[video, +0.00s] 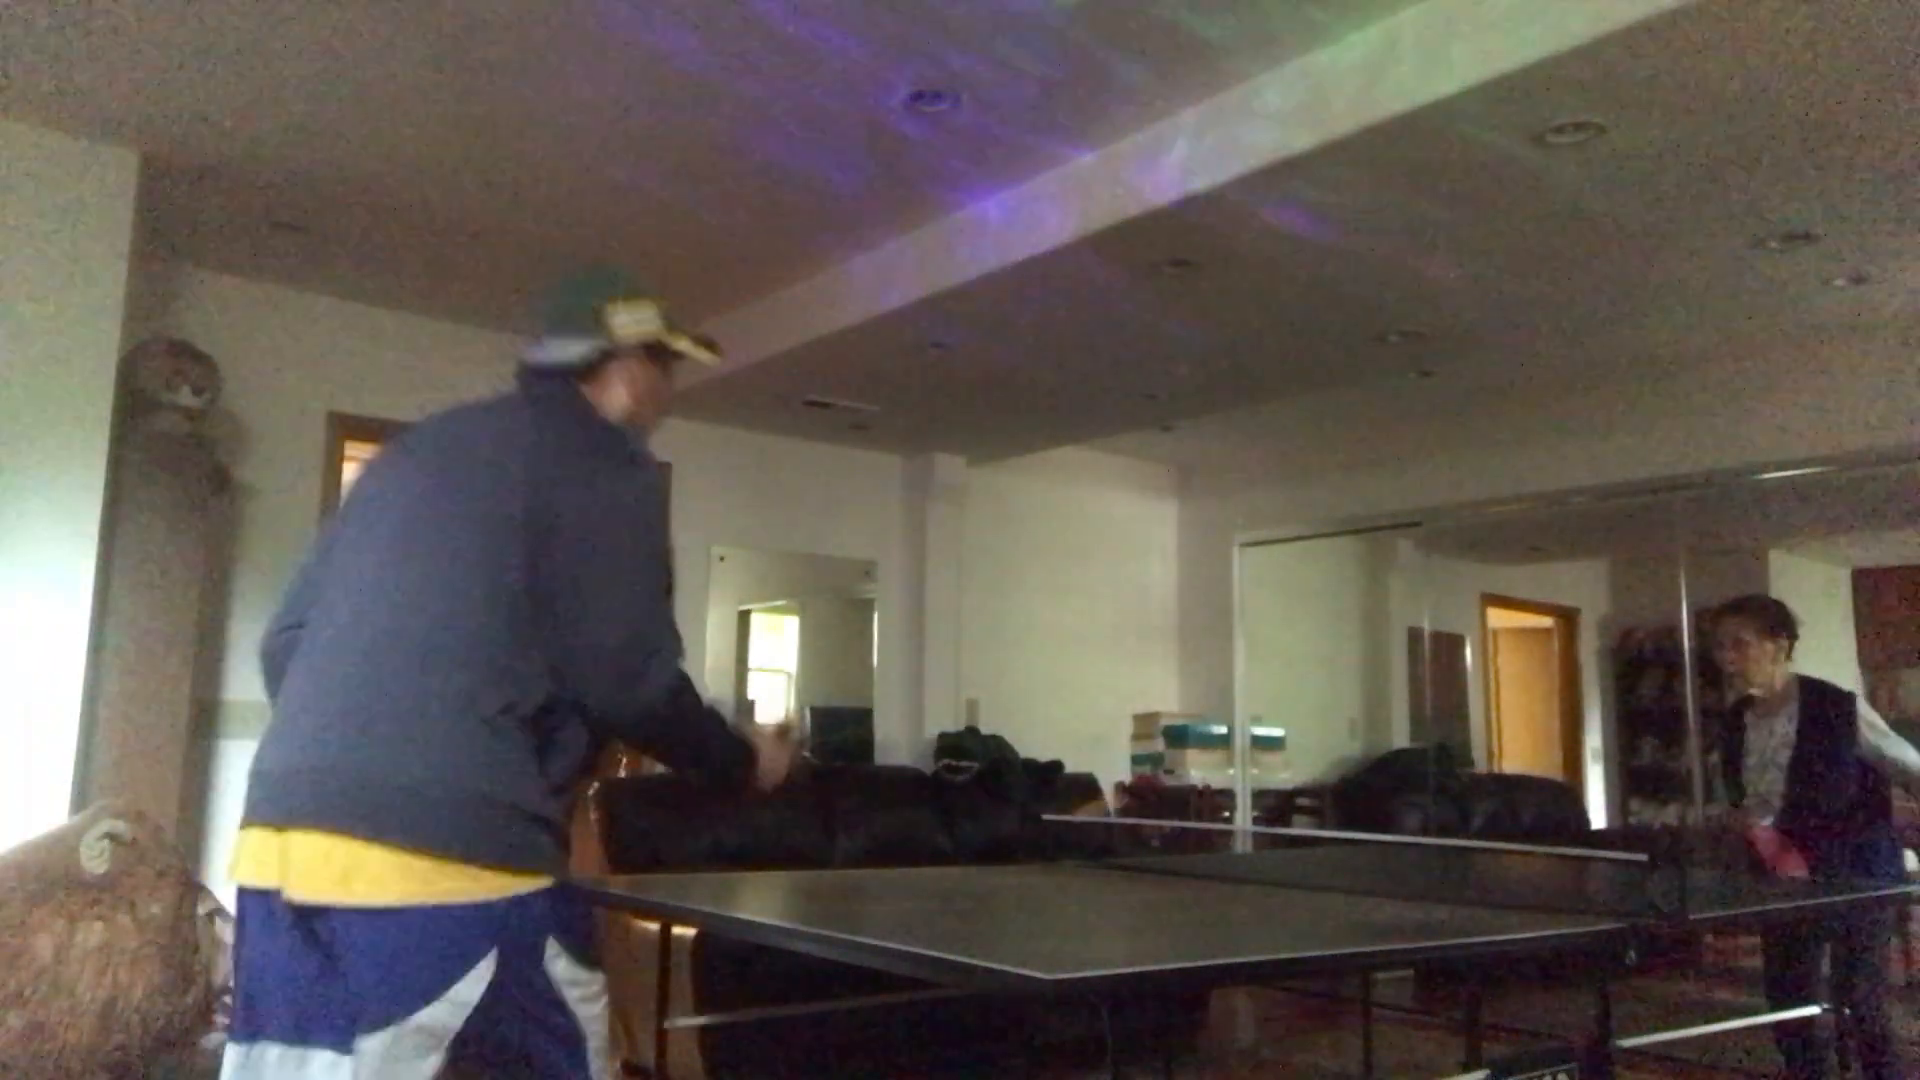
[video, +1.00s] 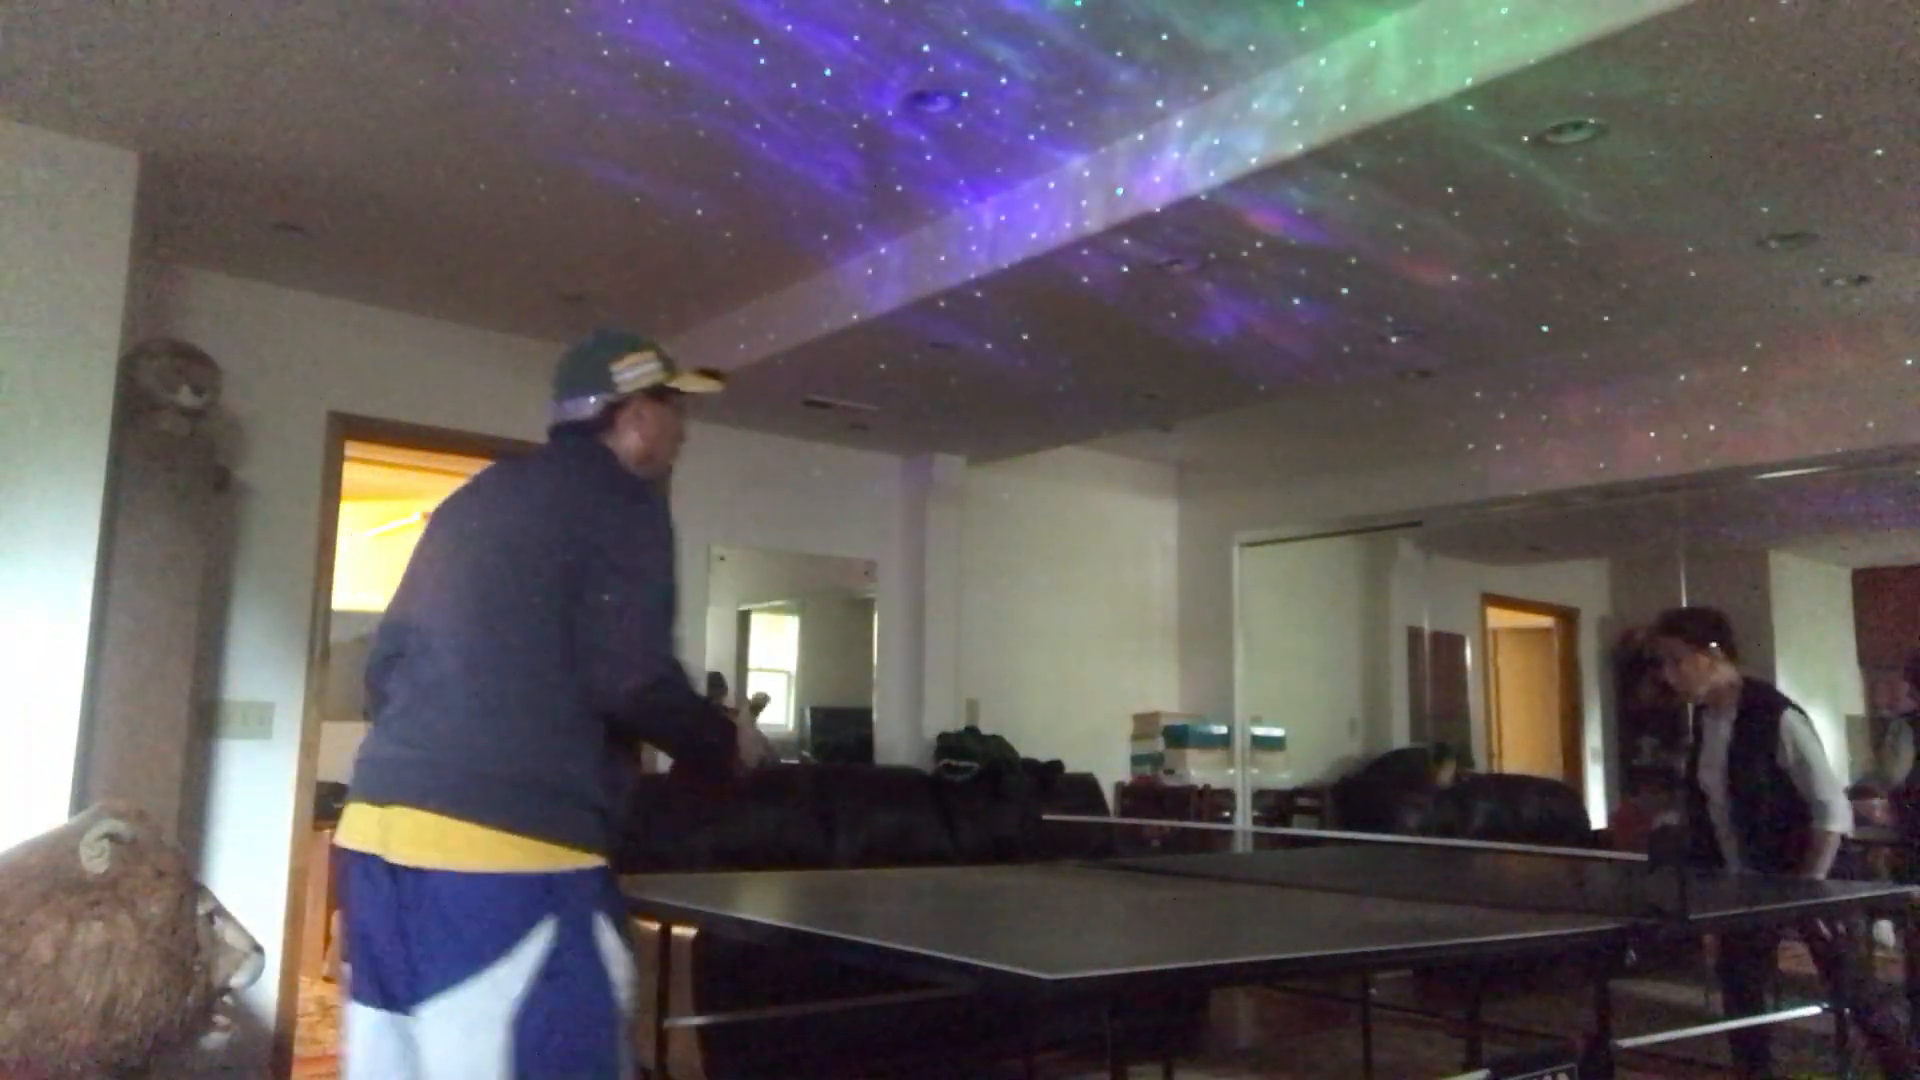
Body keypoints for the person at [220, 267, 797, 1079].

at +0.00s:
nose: (668, 396)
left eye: (670, 374)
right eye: (664, 371)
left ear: (546, 359)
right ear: (624, 366)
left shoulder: (413, 447)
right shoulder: (607, 465)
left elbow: (288, 635)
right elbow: (625, 681)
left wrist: (359, 767)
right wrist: (744, 759)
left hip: (280, 855)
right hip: (452, 865)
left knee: (283, 1065)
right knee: (564, 1059)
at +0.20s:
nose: (734, 490)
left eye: (738, 468)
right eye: (735, 467)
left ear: (622, 443)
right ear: (705, 460)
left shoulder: (486, 487)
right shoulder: (705, 567)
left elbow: (326, 633)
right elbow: (713, 769)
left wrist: (342, 784)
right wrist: (762, 829)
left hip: (328, 864)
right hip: (515, 894)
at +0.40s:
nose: (791, 499)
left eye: (796, 479)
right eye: (792, 478)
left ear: (689, 445)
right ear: (764, 470)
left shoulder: (583, 449)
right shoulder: (767, 563)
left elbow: (456, 443)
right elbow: (725, 704)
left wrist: (305, 588)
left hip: (425, 795)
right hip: (594, 830)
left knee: (370, 1064)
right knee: (625, 1064)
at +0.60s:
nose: (802, 452)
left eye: (806, 434)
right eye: (802, 433)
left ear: (695, 404)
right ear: (770, 428)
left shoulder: (579, 439)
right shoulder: (786, 522)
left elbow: (447, 530)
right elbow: (736, 663)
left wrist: (328, 660)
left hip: (454, 793)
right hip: (613, 832)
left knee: (423, 1052)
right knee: (625, 1065)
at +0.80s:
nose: (751, 438)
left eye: (753, 419)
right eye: (745, 418)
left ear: (642, 412)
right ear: (706, 421)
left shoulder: (523, 477)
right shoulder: (728, 517)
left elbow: (413, 631)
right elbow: (745, 694)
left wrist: (387, 798)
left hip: (443, 817)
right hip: (602, 835)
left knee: (417, 1058)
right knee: (615, 1062)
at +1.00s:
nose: (681, 427)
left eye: (678, 408)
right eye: (672, 408)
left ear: (572, 416)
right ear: (632, 416)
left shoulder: (472, 495)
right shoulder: (624, 502)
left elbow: (386, 664)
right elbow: (626, 678)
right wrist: (720, 740)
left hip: (376, 843)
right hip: (511, 855)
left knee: (387, 1066)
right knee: (550, 1064)